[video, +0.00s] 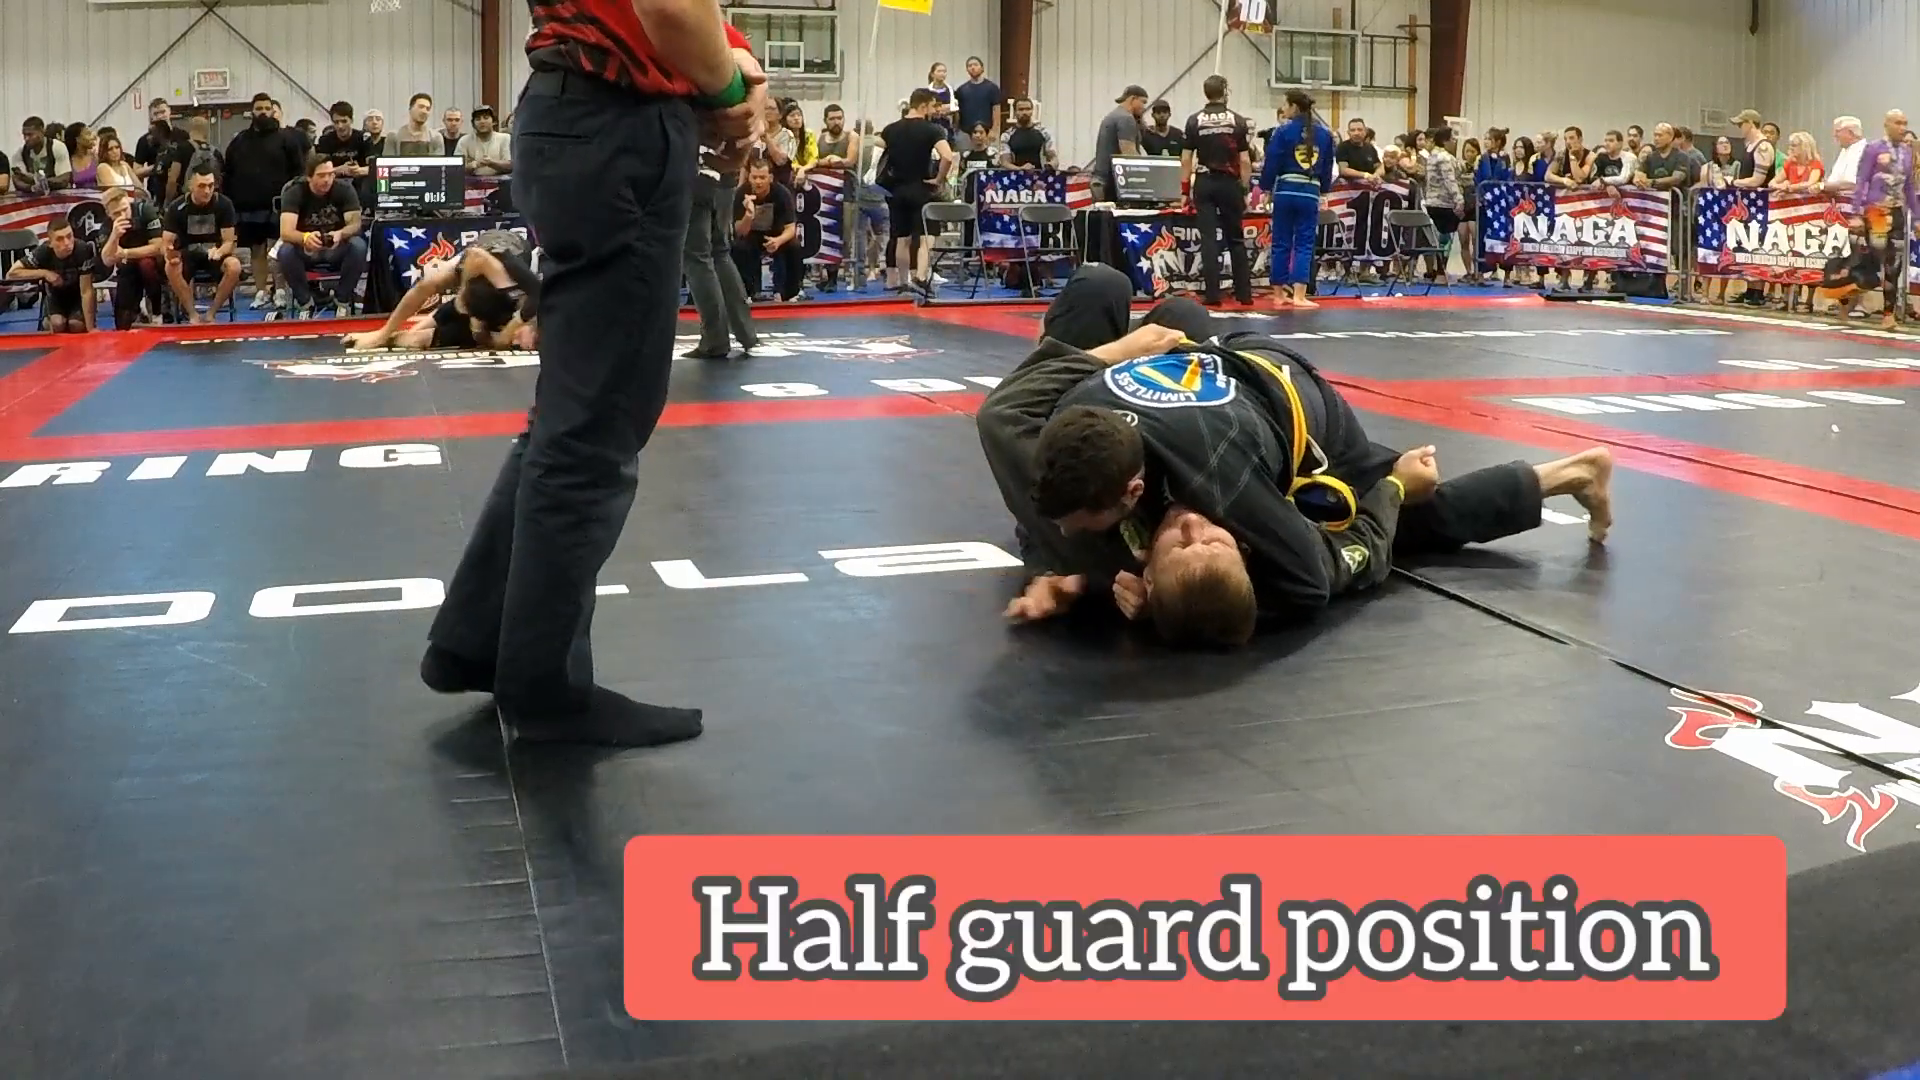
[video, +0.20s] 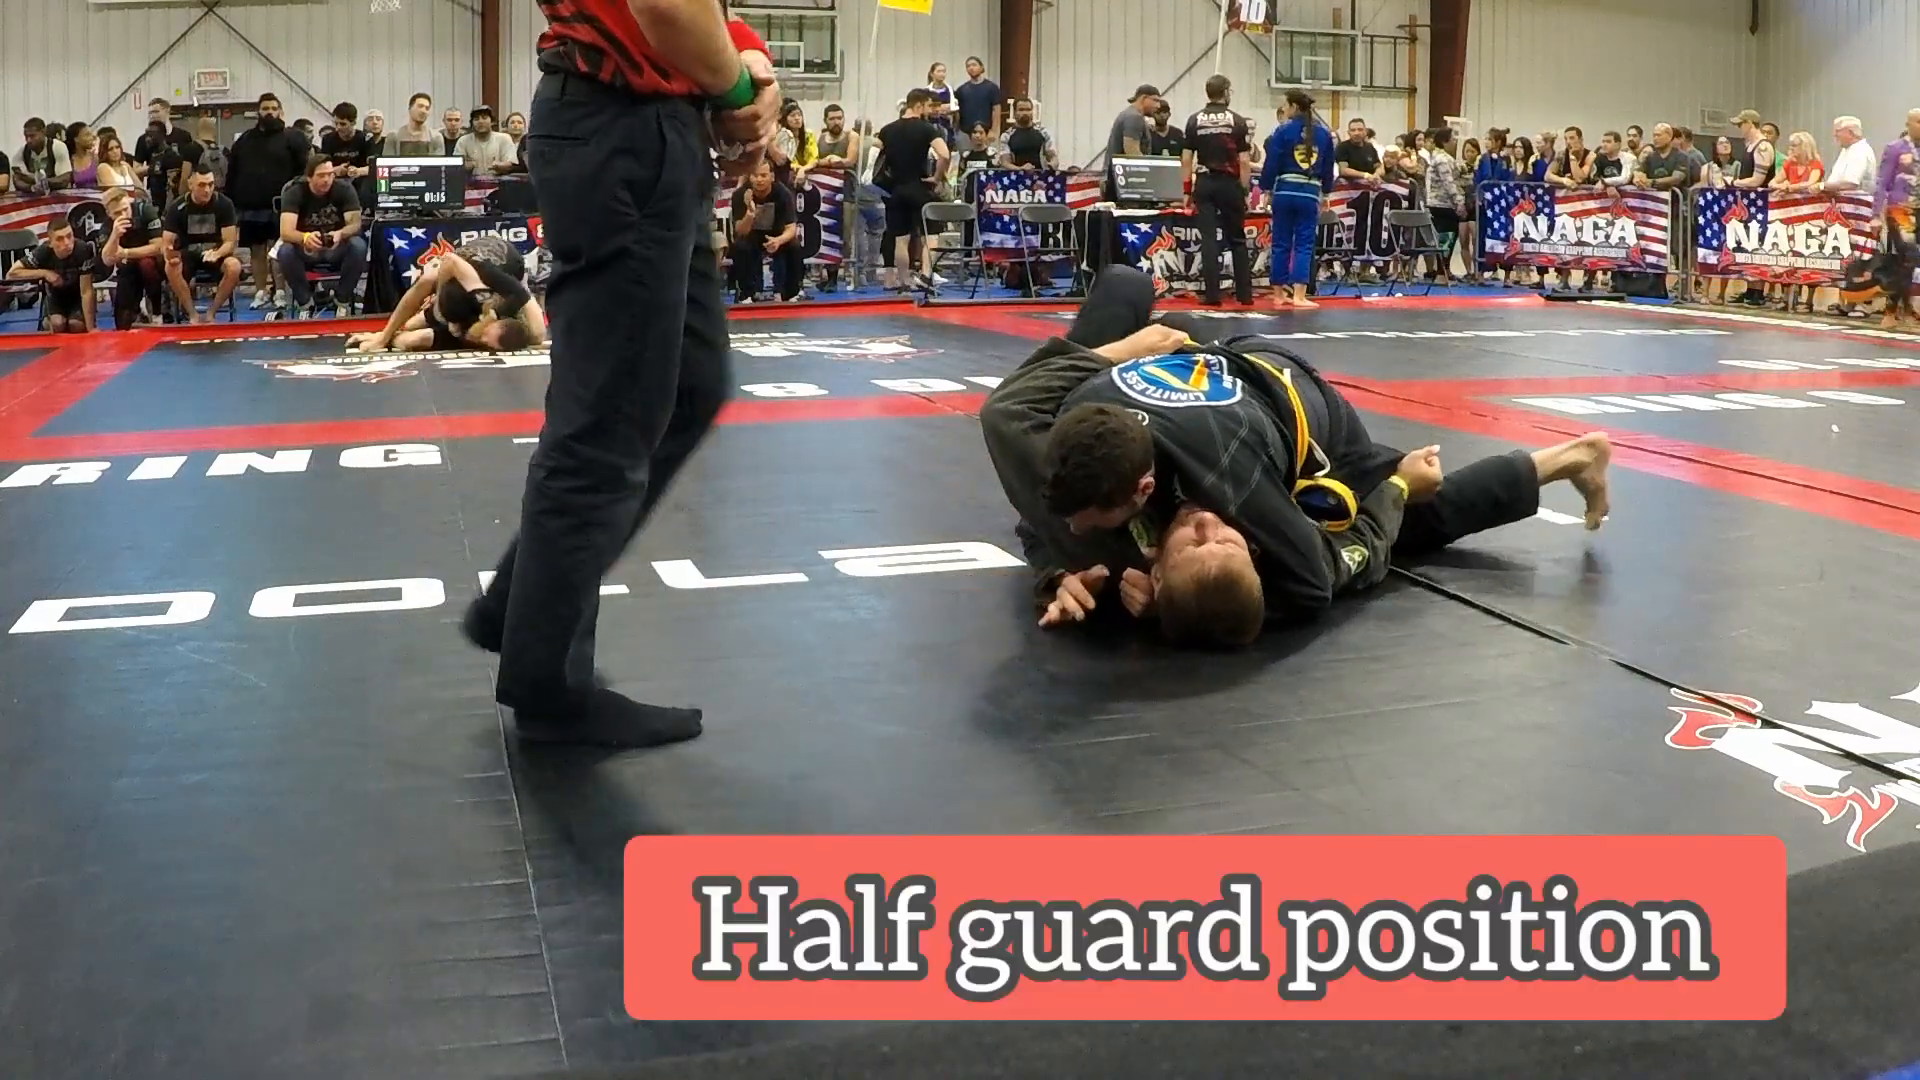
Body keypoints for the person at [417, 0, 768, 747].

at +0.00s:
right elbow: (672, 9)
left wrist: (724, 71)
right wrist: (729, 84)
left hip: (583, 106)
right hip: (618, 119)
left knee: (578, 408)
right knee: (598, 423)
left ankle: (472, 640)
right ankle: (545, 689)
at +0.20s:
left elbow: (704, 13)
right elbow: (662, 9)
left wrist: (761, 70)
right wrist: (736, 88)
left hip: (659, 115)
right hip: (619, 117)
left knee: (693, 386)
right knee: (605, 424)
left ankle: (520, 599)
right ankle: (549, 688)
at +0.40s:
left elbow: (735, 11)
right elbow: (665, 6)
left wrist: (781, 63)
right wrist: (754, 88)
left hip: (702, 121)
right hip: (629, 117)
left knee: (767, 388)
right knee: (614, 426)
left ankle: (673, 651)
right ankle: (550, 688)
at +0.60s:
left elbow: (794, 12)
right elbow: (684, 7)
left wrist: (823, 60)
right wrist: (786, 85)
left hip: (753, 127)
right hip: (663, 121)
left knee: (825, 404)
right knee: (631, 424)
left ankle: (839, 697)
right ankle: (559, 676)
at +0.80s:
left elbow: (885, 9)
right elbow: (756, 7)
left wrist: (904, 52)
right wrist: (862, 79)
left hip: (836, 128)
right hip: (733, 120)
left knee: (875, 432)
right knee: (680, 429)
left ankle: (875, 721)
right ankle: (576, 652)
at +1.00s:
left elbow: (972, 4)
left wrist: (989, 42)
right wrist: (950, 75)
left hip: (918, 120)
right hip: (821, 110)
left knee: (915, 446)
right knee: (796, 423)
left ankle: (874, 723)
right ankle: (634, 627)